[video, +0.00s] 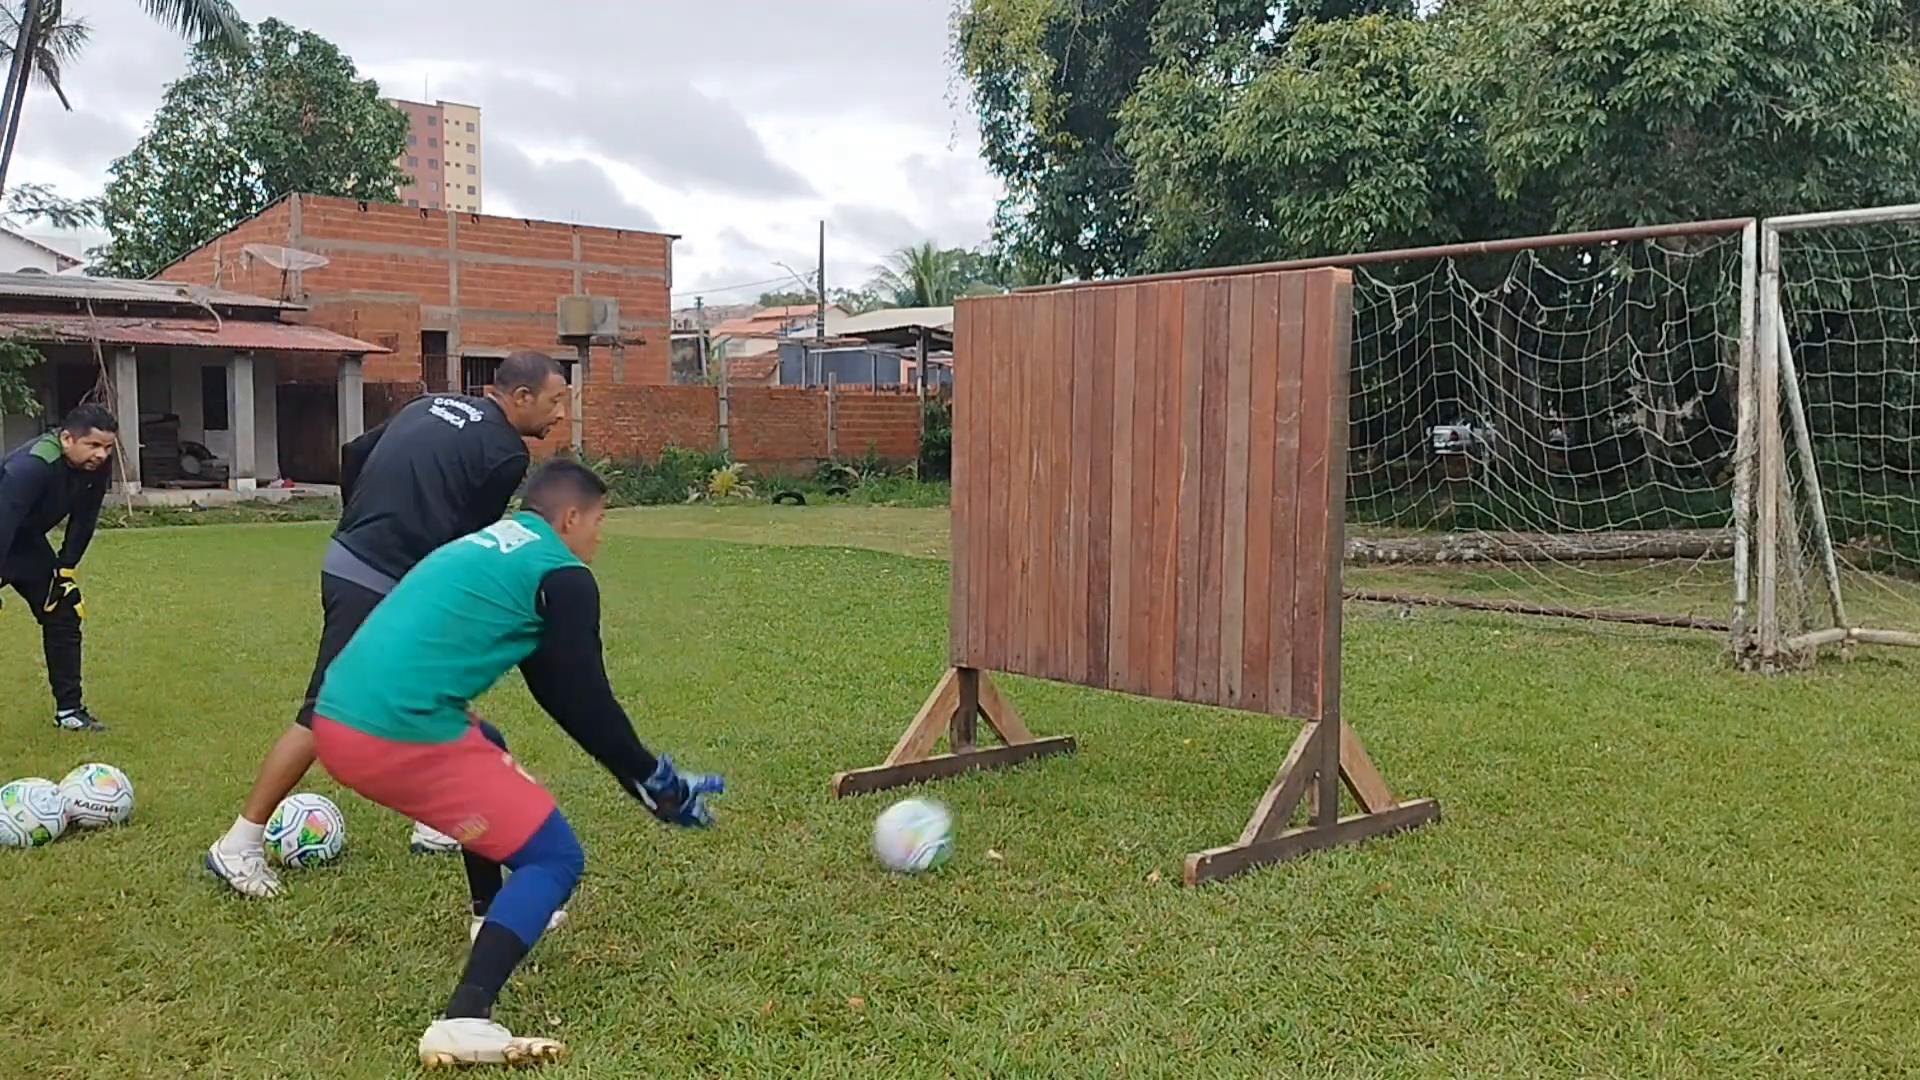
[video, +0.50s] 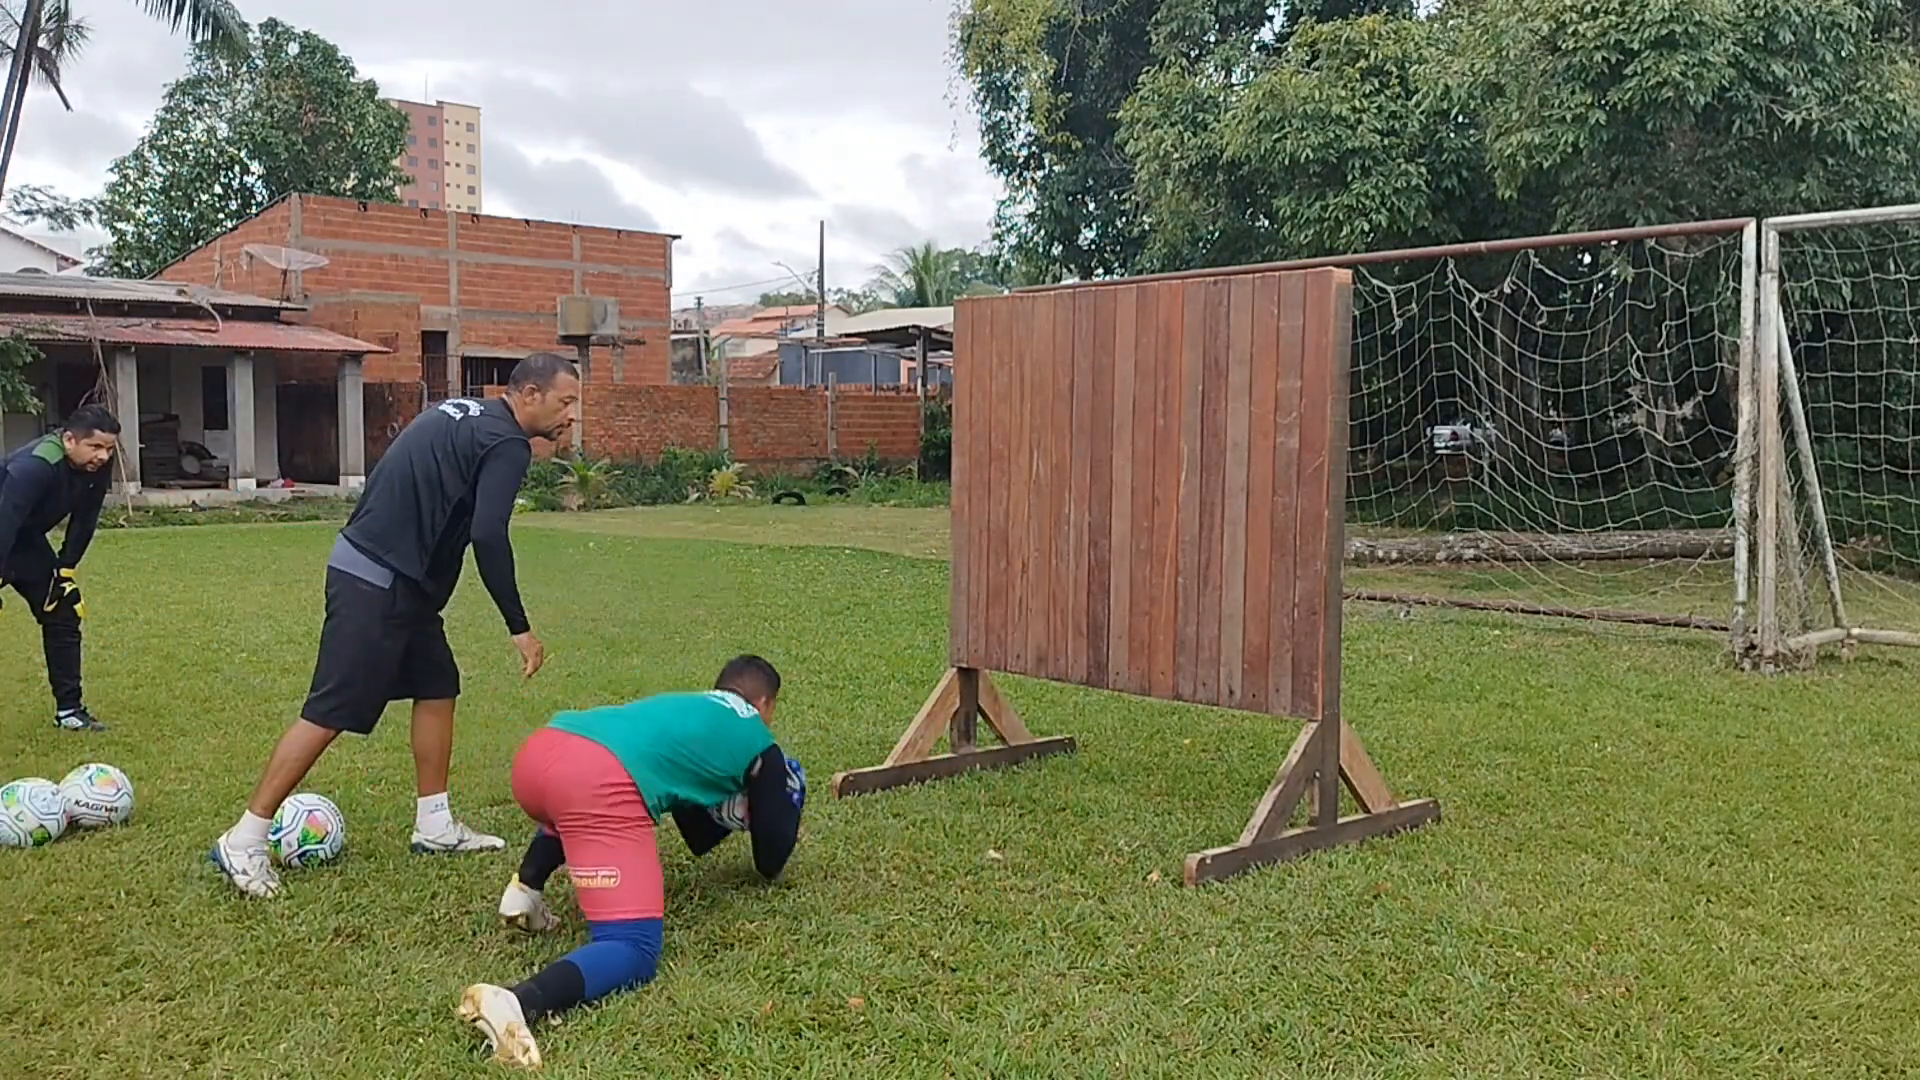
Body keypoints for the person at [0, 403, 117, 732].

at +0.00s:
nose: (101, 455)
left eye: (108, 447)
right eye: (94, 445)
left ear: (113, 446)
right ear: (67, 438)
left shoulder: (96, 467)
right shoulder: (31, 467)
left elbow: (84, 520)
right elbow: (6, 526)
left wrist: (66, 569)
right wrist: (9, 573)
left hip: (23, 539)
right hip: (2, 540)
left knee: (62, 608)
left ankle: (70, 710)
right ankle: (69, 709)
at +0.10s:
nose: (102, 455)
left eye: (108, 447)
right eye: (94, 444)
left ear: (113, 446)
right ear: (68, 438)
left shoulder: (96, 467)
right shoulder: (31, 467)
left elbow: (83, 520)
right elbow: (6, 525)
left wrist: (66, 569)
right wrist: (4, 574)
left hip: (23, 539)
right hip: (0, 539)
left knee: (62, 609)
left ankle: (70, 710)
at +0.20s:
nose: (102, 454)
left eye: (108, 447)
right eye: (94, 444)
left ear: (113, 446)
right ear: (68, 438)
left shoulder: (96, 466)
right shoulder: (31, 467)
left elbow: (83, 519)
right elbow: (7, 526)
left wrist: (67, 569)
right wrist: (7, 574)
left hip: (24, 538)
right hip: (2, 539)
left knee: (62, 609)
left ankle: (70, 710)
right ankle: (68, 709)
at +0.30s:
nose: (102, 455)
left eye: (108, 447)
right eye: (94, 445)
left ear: (114, 446)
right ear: (68, 438)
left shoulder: (96, 467)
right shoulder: (32, 467)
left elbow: (84, 519)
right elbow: (6, 525)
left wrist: (66, 569)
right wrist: (3, 575)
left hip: (23, 538)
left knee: (62, 609)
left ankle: (70, 710)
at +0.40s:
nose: (103, 456)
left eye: (108, 448)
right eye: (95, 446)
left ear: (114, 447)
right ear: (69, 439)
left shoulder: (96, 467)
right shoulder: (34, 467)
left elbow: (84, 520)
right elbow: (6, 524)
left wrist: (66, 569)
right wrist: (3, 575)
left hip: (23, 537)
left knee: (62, 608)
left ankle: (70, 709)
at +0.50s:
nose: (103, 456)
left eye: (109, 448)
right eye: (95, 446)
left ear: (114, 447)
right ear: (69, 440)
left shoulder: (97, 467)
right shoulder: (33, 468)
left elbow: (84, 520)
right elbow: (7, 526)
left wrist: (66, 569)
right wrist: (4, 574)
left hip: (23, 537)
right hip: (0, 537)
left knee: (62, 609)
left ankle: (69, 709)